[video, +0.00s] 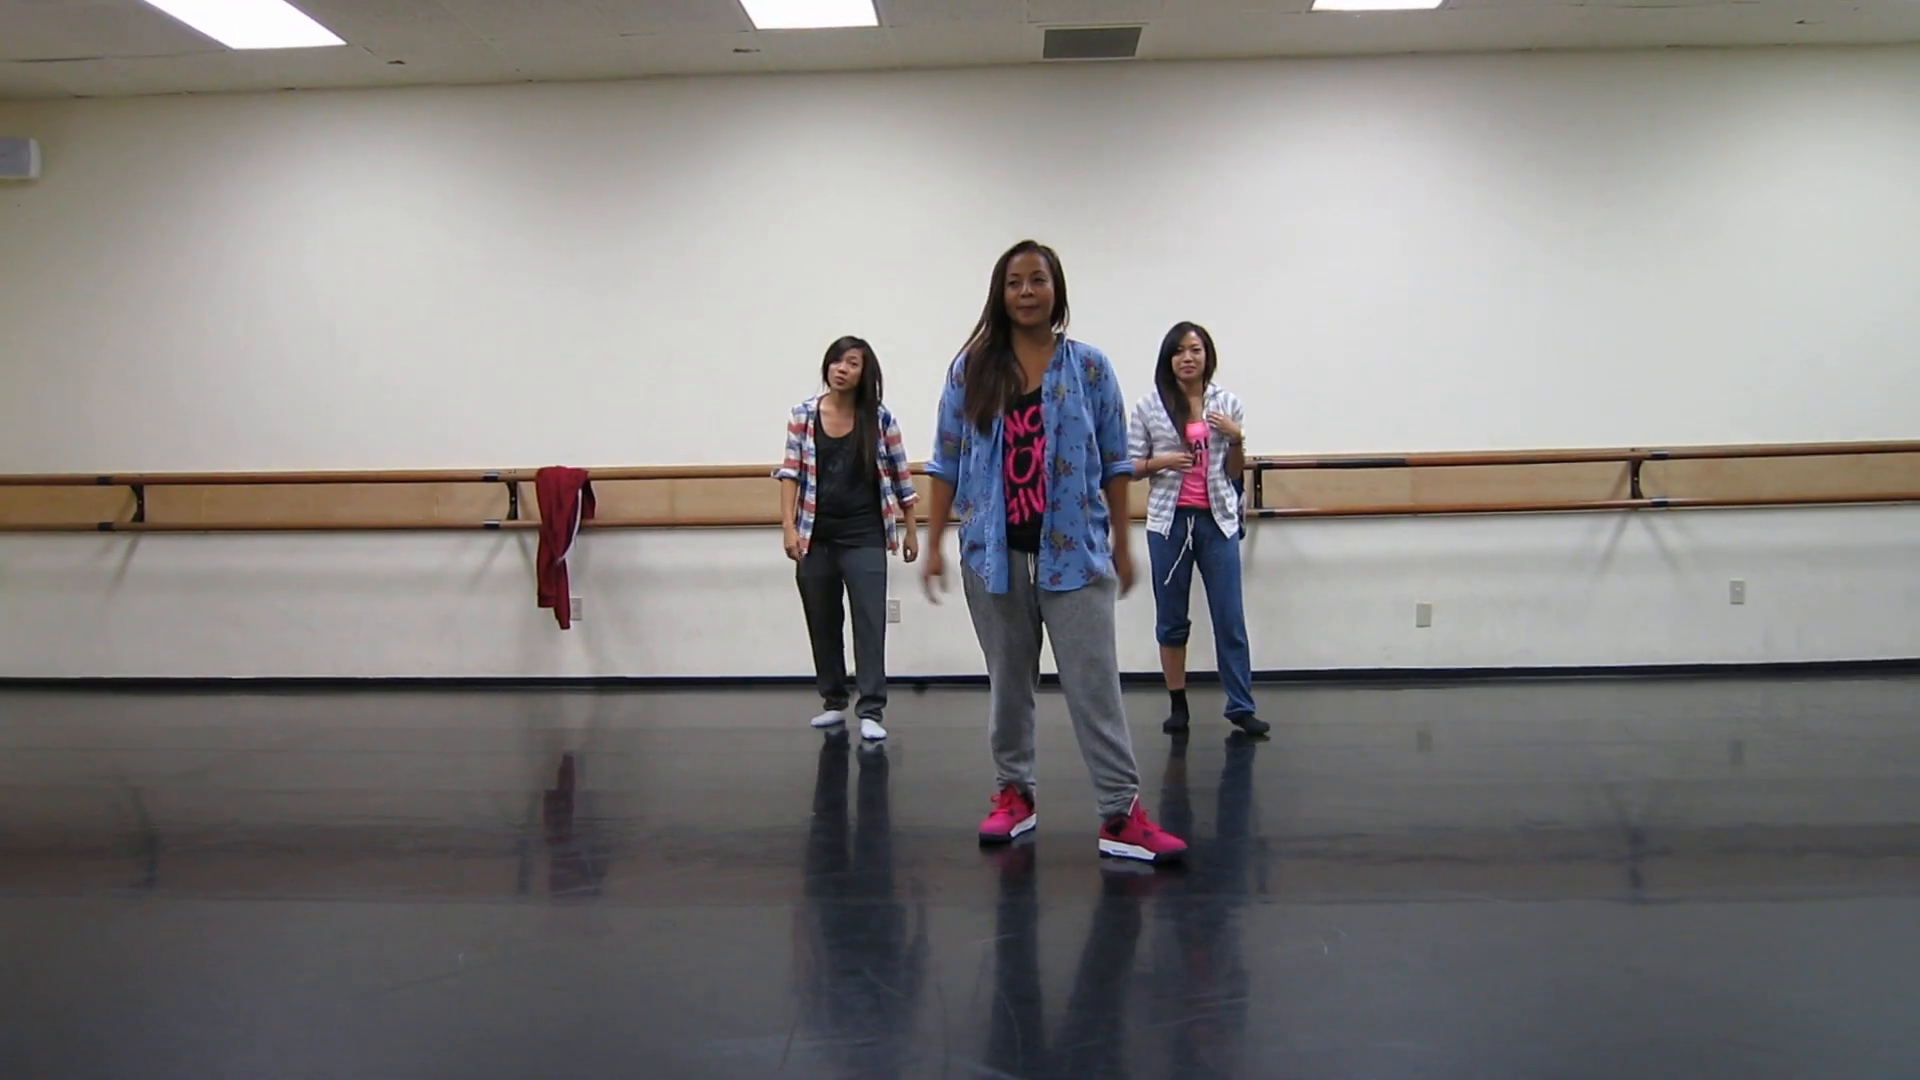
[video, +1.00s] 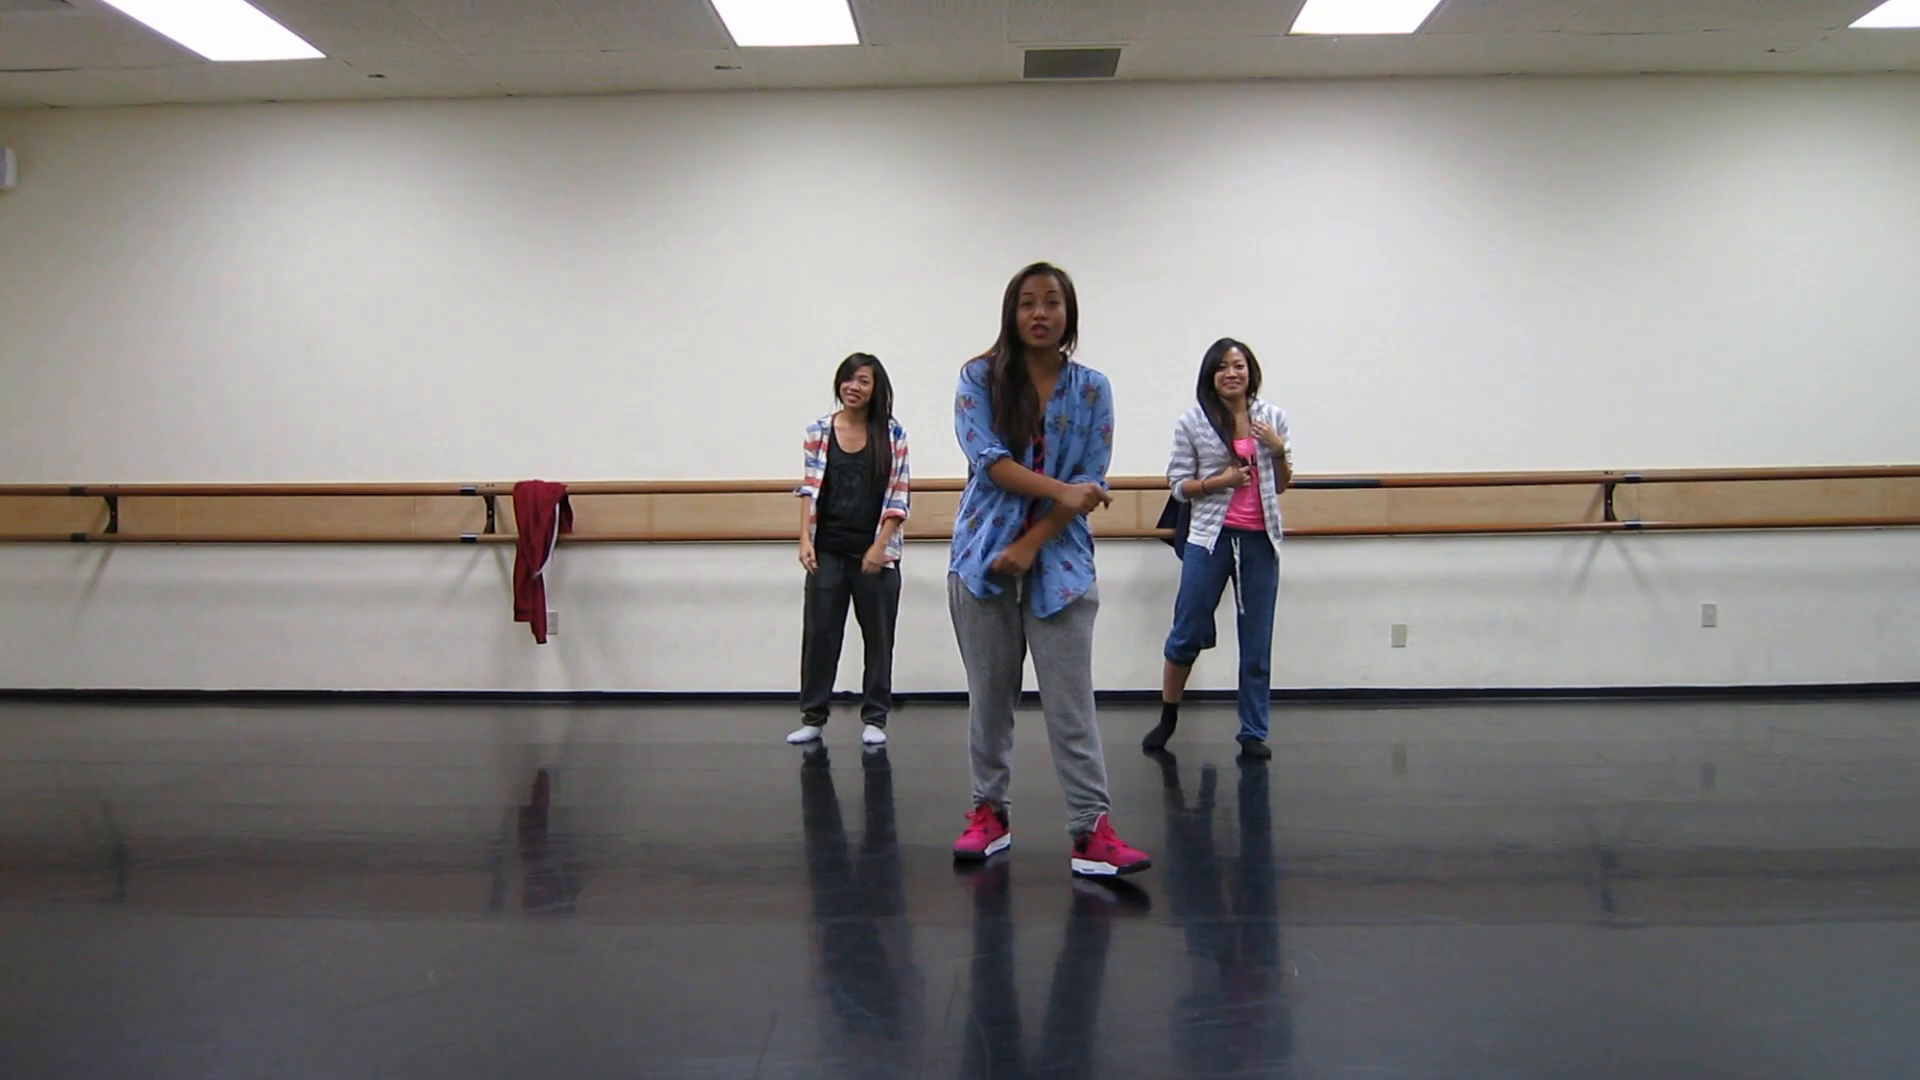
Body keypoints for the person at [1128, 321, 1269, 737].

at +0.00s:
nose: (1188, 358)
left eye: (1196, 350)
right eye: (1180, 351)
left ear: (1209, 356)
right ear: (1168, 359)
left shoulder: (1227, 403)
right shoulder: (1148, 408)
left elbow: (1234, 473)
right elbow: (1130, 467)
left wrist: (1236, 439)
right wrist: (1162, 460)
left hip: (1217, 519)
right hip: (1168, 521)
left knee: (1230, 618)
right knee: (1172, 619)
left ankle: (1241, 708)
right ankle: (1178, 705)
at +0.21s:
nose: (1186, 359)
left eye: (1193, 352)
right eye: (1178, 353)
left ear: (1205, 359)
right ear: (1165, 361)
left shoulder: (1222, 406)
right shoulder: (1146, 407)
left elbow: (1231, 477)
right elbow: (1129, 468)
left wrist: (1231, 440)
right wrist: (1166, 462)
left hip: (1218, 521)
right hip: (1167, 523)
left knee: (1239, 620)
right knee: (1171, 624)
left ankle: (1256, 710)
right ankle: (1177, 711)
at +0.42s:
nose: (1192, 363)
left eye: (1200, 356)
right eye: (1183, 357)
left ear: (1212, 363)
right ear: (1171, 367)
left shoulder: (1228, 410)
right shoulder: (1156, 413)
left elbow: (1237, 481)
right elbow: (1141, 474)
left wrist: (1236, 443)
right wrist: (1178, 467)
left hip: (1223, 525)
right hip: (1176, 526)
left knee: (1248, 622)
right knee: (1173, 623)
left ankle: (1272, 717)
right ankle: (1174, 714)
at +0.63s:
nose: (1202, 368)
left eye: (1210, 361)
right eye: (1194, 363)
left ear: (1222, 368)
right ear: (1181, 372)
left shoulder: (1241, 415)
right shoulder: (1164, 418)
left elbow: (1250, 483)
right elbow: (1151, 480)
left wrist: (1247, 446)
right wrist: (1190, 476)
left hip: (1232, 535)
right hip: (1183, 534)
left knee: (1246, 637)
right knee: (1171, 633)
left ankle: (1258, 728)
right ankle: (1163, 718)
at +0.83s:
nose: (1219, 370)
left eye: (1225, 363)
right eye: (1210, 364)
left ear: (1238, 370)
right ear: (1197, 373)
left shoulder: (1257, 415)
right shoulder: (1180, 419)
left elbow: (1268, 483)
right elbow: (1166, 483)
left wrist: (1265, 449)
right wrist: (1207, 478)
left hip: (1247, 537)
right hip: (1197, 535)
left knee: (1252, 643)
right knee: (1178, 633)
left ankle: (1254, 733)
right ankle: (1161, 717)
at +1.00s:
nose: (1232, 373)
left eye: (1239, 366)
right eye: (1223, 367)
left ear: (1251, 372)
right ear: (1211, 376)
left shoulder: (1271, 417)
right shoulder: (1193, 422)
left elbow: (1283, 485)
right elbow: (1179, 485)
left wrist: (1278, 450)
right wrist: (1220, 481)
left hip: (1259, 536)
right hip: (1209, 535)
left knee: (1257, 643)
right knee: (1189, 631)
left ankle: (1253, 736)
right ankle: (1167, 718)